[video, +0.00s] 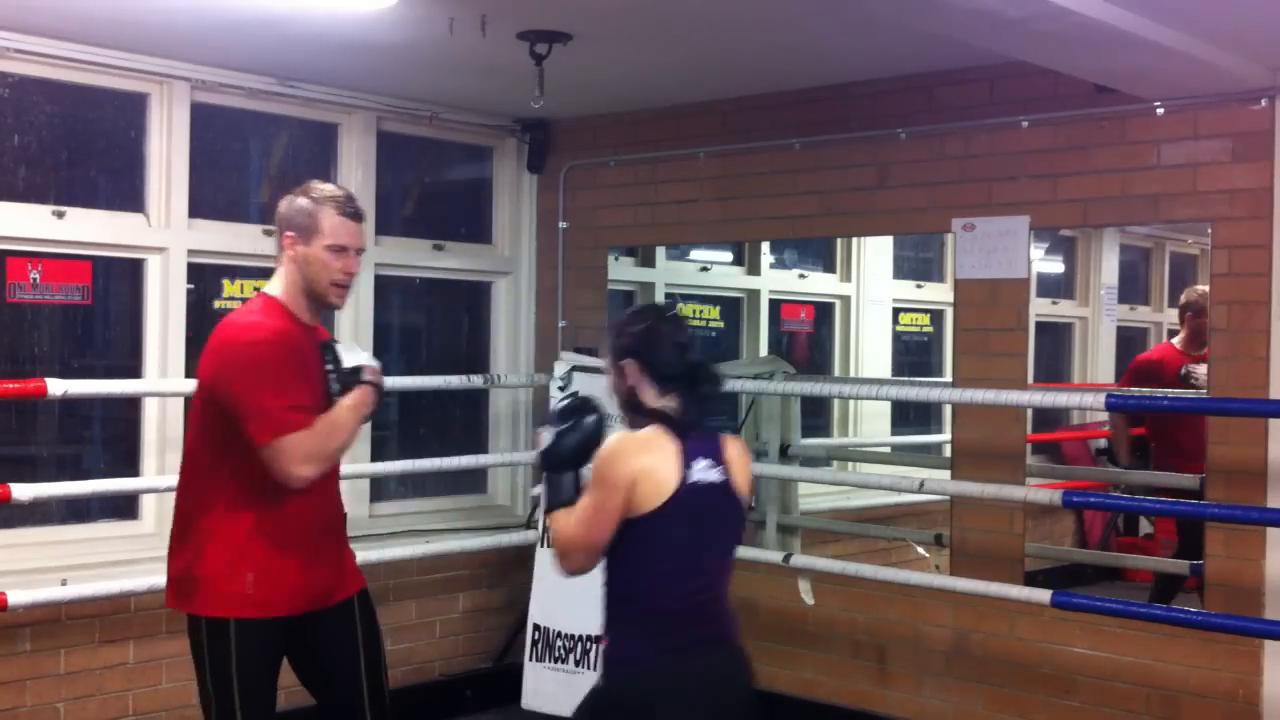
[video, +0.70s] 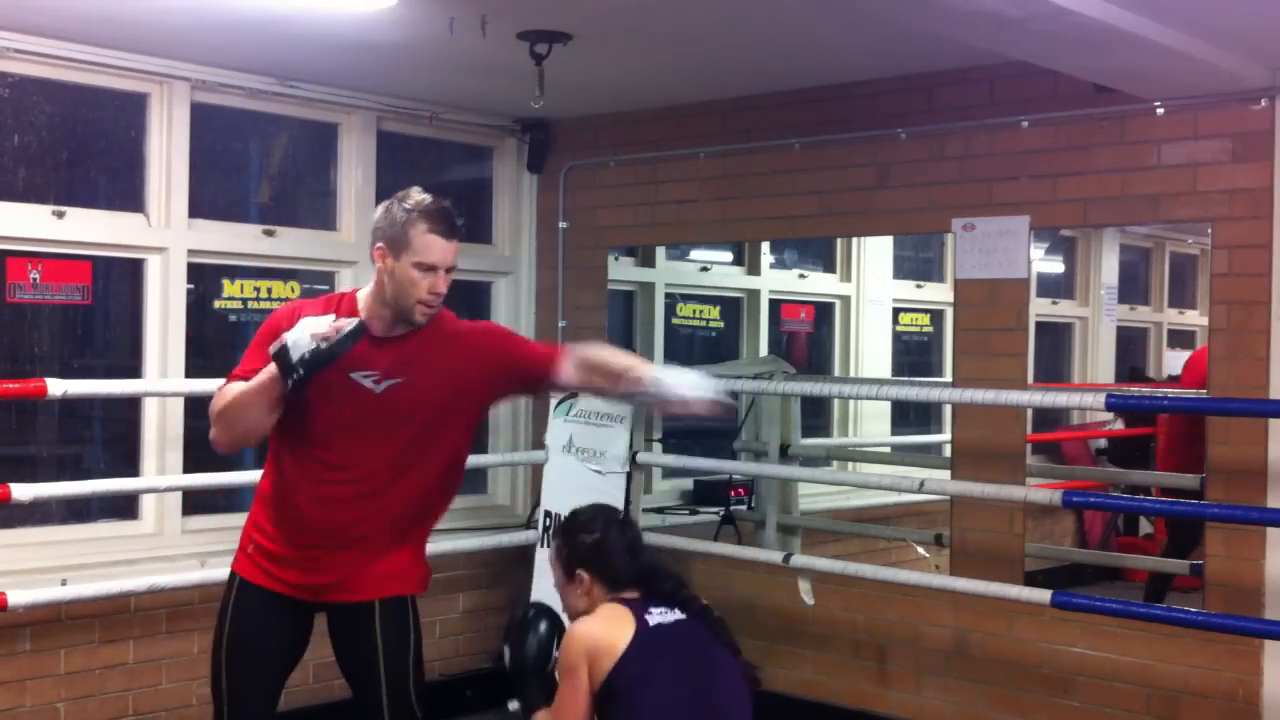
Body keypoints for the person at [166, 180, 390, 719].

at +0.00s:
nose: (352, 268)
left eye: (357, 254)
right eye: (337, 250)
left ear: (360, 253)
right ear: (291, 247)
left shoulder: (317, 338)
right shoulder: (248, 336)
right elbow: (296, 462)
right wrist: (363, 396)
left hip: (323, 580)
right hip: (239, 593)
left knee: (365, 704)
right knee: (240, 713)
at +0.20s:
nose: (417, 281)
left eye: (423, 267)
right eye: (404, 262)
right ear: (357, 257)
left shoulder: (350, 333)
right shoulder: (310, 332)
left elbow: (336, 444)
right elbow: (333, 457)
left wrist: (393, 395)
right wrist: (415, 384)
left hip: (337, 573)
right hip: (259, 580)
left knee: (386, 704)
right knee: (250, 712)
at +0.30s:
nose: (448, 282)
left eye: (454, 269)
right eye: (435, 264)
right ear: (390, 258)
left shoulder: (392, 345)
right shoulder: (314, 332)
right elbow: (316, 448)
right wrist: (413, 377)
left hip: (359, 570)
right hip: (272, 574)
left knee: (398, 704)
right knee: (252, 711)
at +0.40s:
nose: (462, 280)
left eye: (469, 266)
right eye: (448, 261)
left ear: (473, 266)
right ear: (403, 254)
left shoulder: (446, 361)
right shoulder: (314, 323)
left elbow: (394, 455)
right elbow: (278, 437)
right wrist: (375, 359)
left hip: (374, 571)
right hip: (277, 565)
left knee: (401, 708)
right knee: (250, 710)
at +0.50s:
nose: (460, 278)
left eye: (467, 263)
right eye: (446, 259)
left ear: (471, 262)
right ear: (400, 250)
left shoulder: (467, 363)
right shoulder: (308, 316)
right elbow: (240, 425)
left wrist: (542, 483)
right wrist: (324, 356)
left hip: (380, 582)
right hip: (276, 569)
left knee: (399, 710)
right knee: (247, 712)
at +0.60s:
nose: (452, 283)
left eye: (460, 269)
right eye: (438, 266)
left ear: (460, 266)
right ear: (391, 255)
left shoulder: (475, 359)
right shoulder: (305, 319)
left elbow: (580, 410)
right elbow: (223, 424)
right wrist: (286, 365)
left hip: (379, 581)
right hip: (275, 565)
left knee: (394, 710)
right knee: (241, 709)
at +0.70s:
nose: (440, 286)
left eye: (449, 272)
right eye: (426, 270)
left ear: (453, 267)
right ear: (381, 260)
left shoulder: (472, 348)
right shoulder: (299, 325)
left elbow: (577, 365)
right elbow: (224, 433)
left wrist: (662, 383)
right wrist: (286, 367)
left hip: (379, 572)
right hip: (274, 560)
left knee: (394, 710)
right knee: (238, 709)